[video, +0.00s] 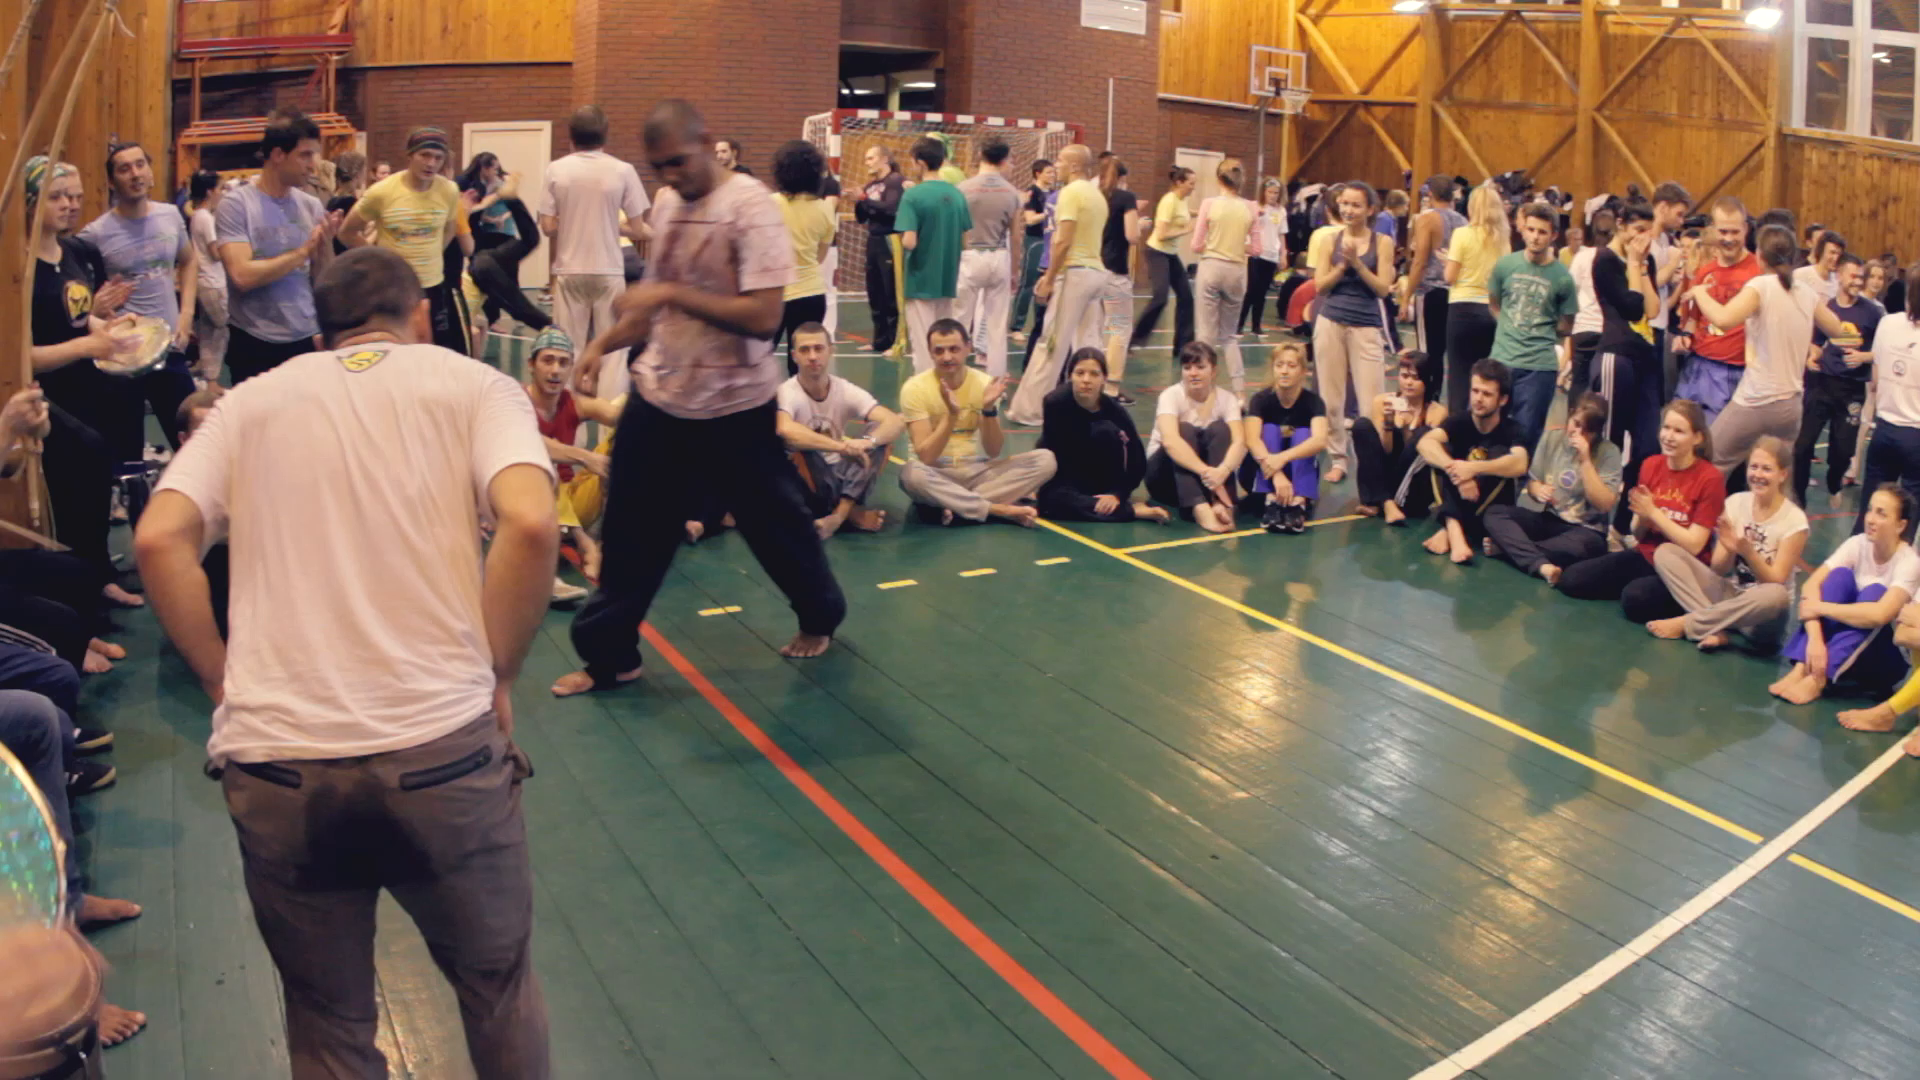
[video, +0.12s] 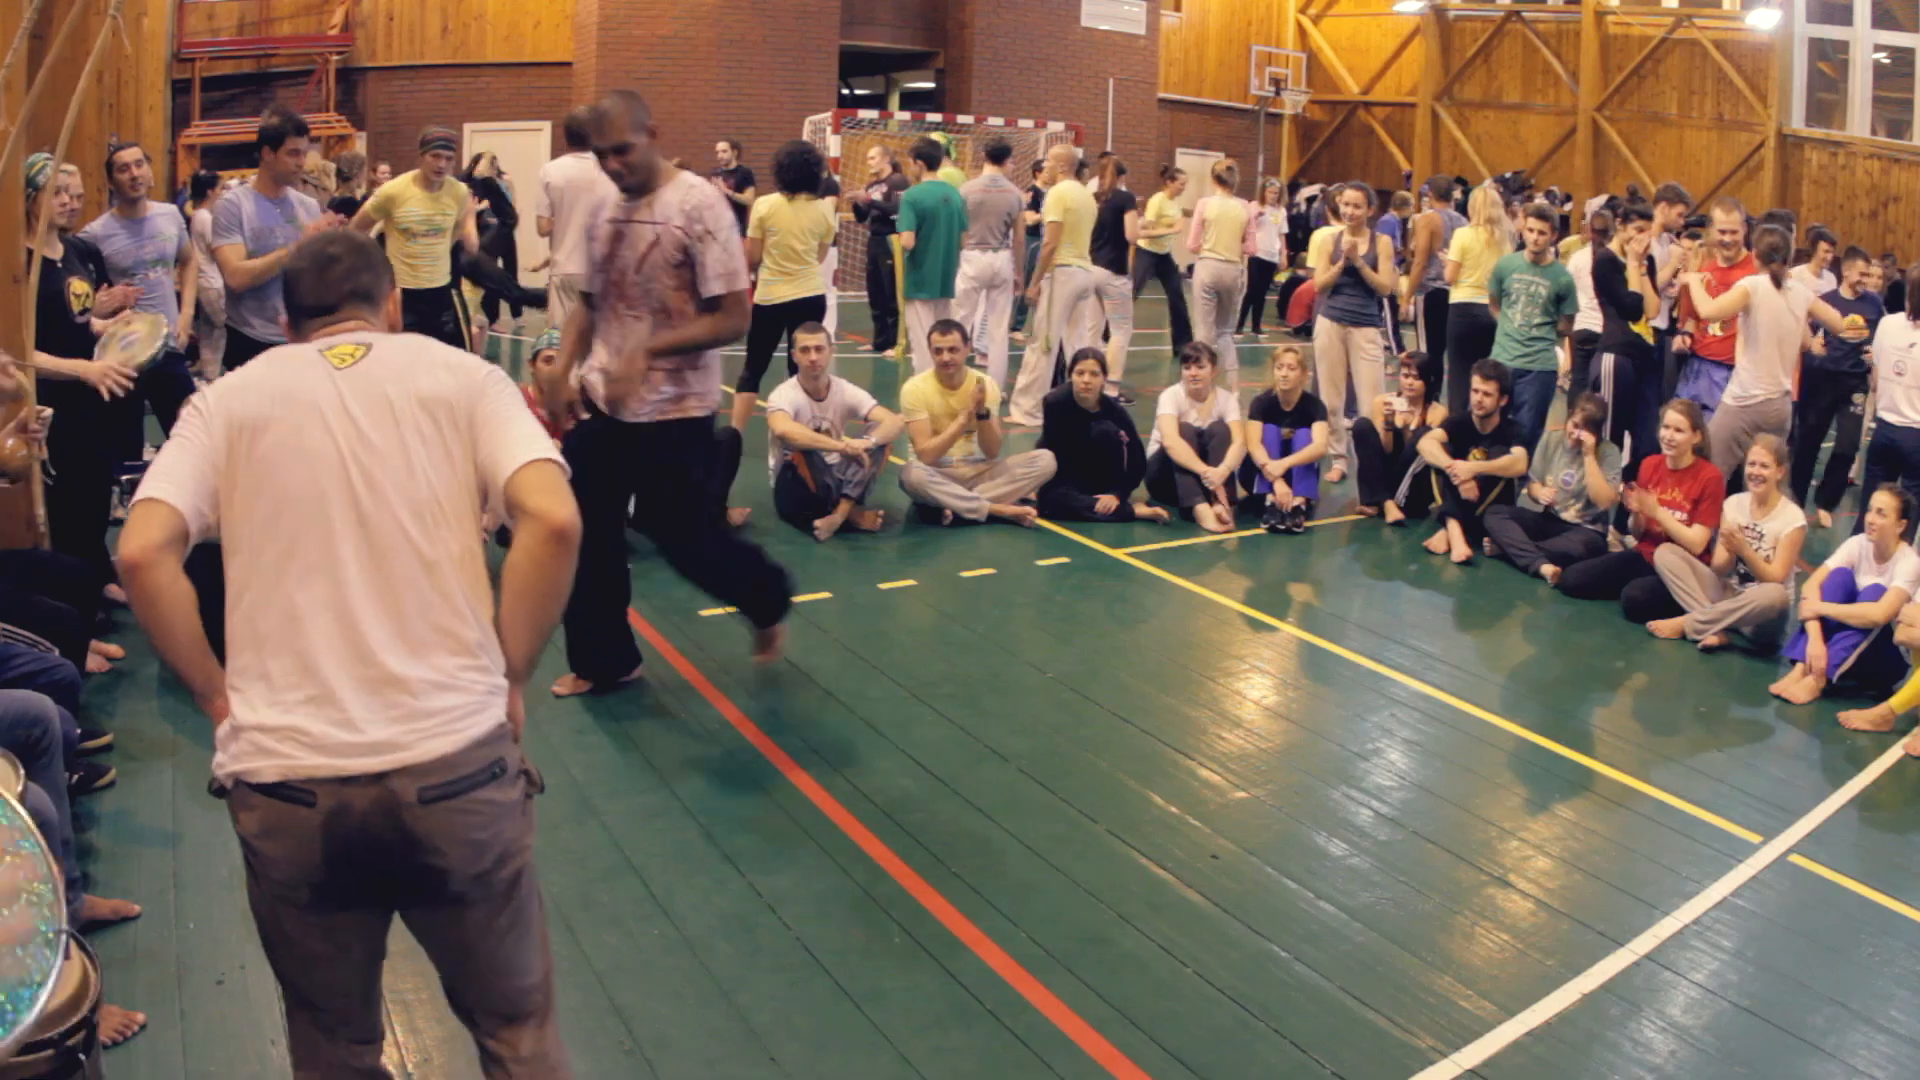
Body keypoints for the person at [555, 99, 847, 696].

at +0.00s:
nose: (668, 178)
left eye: (677, 164)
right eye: (659, 167)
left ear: (709, 145)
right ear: (653, 162)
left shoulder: (753, 207)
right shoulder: (667, 207)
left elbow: (765, 316)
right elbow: (655, 304)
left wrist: (670, 292)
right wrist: (601, 345)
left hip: (735, 407)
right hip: (659, 402)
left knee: (771, 518)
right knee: (631, 529)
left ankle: (821, 613)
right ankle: (612, 656)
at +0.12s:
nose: (614, 166)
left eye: (623, 151)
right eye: (604, 156)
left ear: (654, 136)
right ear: (595, 154)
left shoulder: (701, 204)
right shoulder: (604, 207)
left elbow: (735, 317)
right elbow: (587, 303)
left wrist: (648, 346)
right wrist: (565, 368)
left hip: (679, 410)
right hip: (606, 407)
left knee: (677, 531)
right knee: (590, 536)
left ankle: (767, 596)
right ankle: (606, 660)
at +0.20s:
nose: (586, 149)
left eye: (596, 134)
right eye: (574, 138)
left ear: (628, 124)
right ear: (564, 138)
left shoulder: (676, 198)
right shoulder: (564, 197)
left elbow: (721, 303)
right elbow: (550, 292)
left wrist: (648, 348)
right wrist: (535, 362)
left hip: (651, 403)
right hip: (580, 401)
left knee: (635, 535)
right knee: (586, 537)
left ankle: (697, 619)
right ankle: (603, 663)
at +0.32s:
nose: (558, 137)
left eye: (570, 123)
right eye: (545, 125)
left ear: (596, 119)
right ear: (531, 126)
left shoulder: (643, 194)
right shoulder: (506, 199)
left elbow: (698, 284)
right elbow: (490, 294)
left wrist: (636, 352)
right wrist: (499, 373)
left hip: (615, 392)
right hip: (535, 392)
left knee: (602, 527)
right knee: (545, 527)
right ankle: (592, 642)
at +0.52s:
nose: (506, 148)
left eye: (520, 135)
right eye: (492, 134)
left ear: (542, 136)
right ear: (474, 136)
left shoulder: (581, 218)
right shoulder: (435, 214)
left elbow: (615, 322)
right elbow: (407, 323)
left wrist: (574, 403)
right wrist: (414, 409)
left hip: (546, 417)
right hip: (453, 413)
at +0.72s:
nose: (439, 149)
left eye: (453, 133)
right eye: (424, 134)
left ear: (477, 134)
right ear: (404, 135)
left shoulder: (519, 207)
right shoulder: (360, 225)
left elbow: (574, 309)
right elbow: (344, 342)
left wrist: (529, 390)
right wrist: (350, 433)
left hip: (502, 434)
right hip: (395, 440)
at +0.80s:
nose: (403, 158)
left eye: (417, 140)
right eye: (385, 143)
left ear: (440, 134)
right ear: (362, 141)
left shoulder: (494, 198)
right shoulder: (328, 228)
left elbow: (567, 285)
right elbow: (300, 352)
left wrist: (531, 357)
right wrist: (322, 419)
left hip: (485, 416)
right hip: (377, 422)